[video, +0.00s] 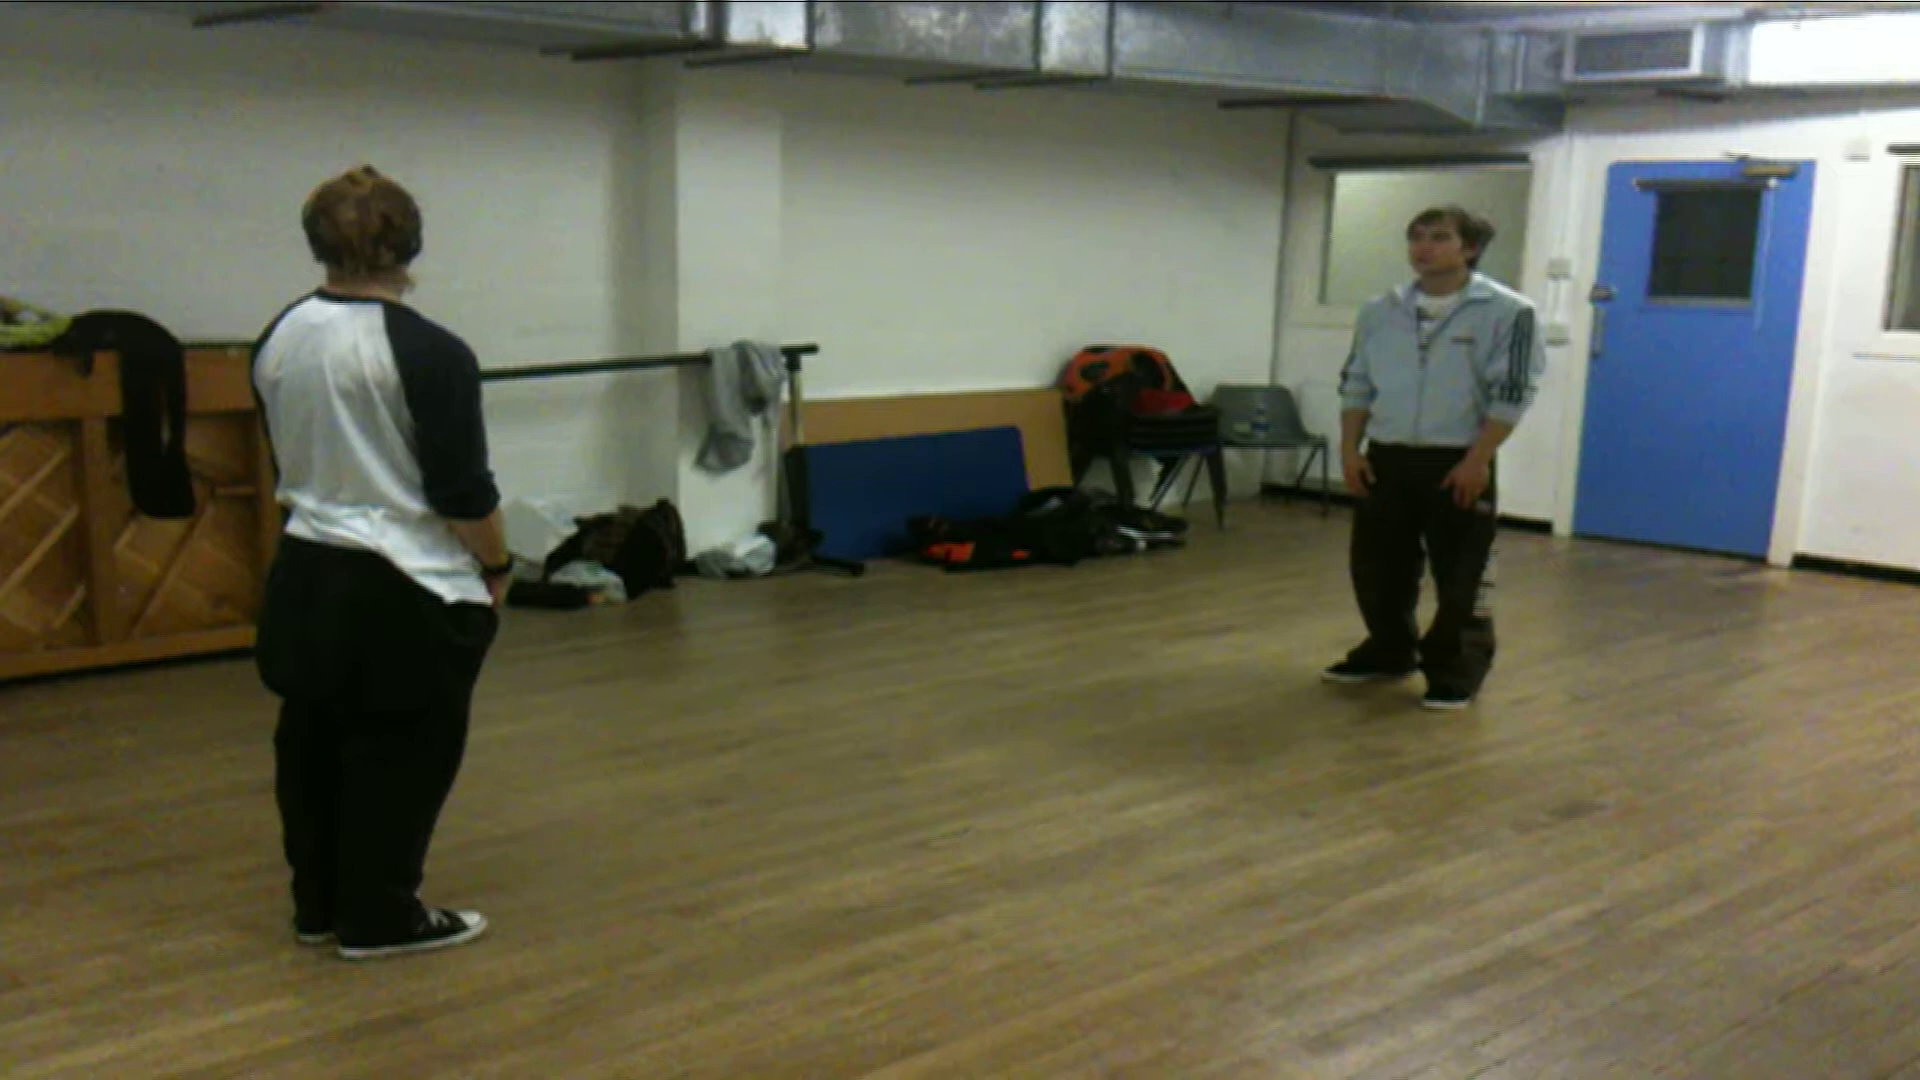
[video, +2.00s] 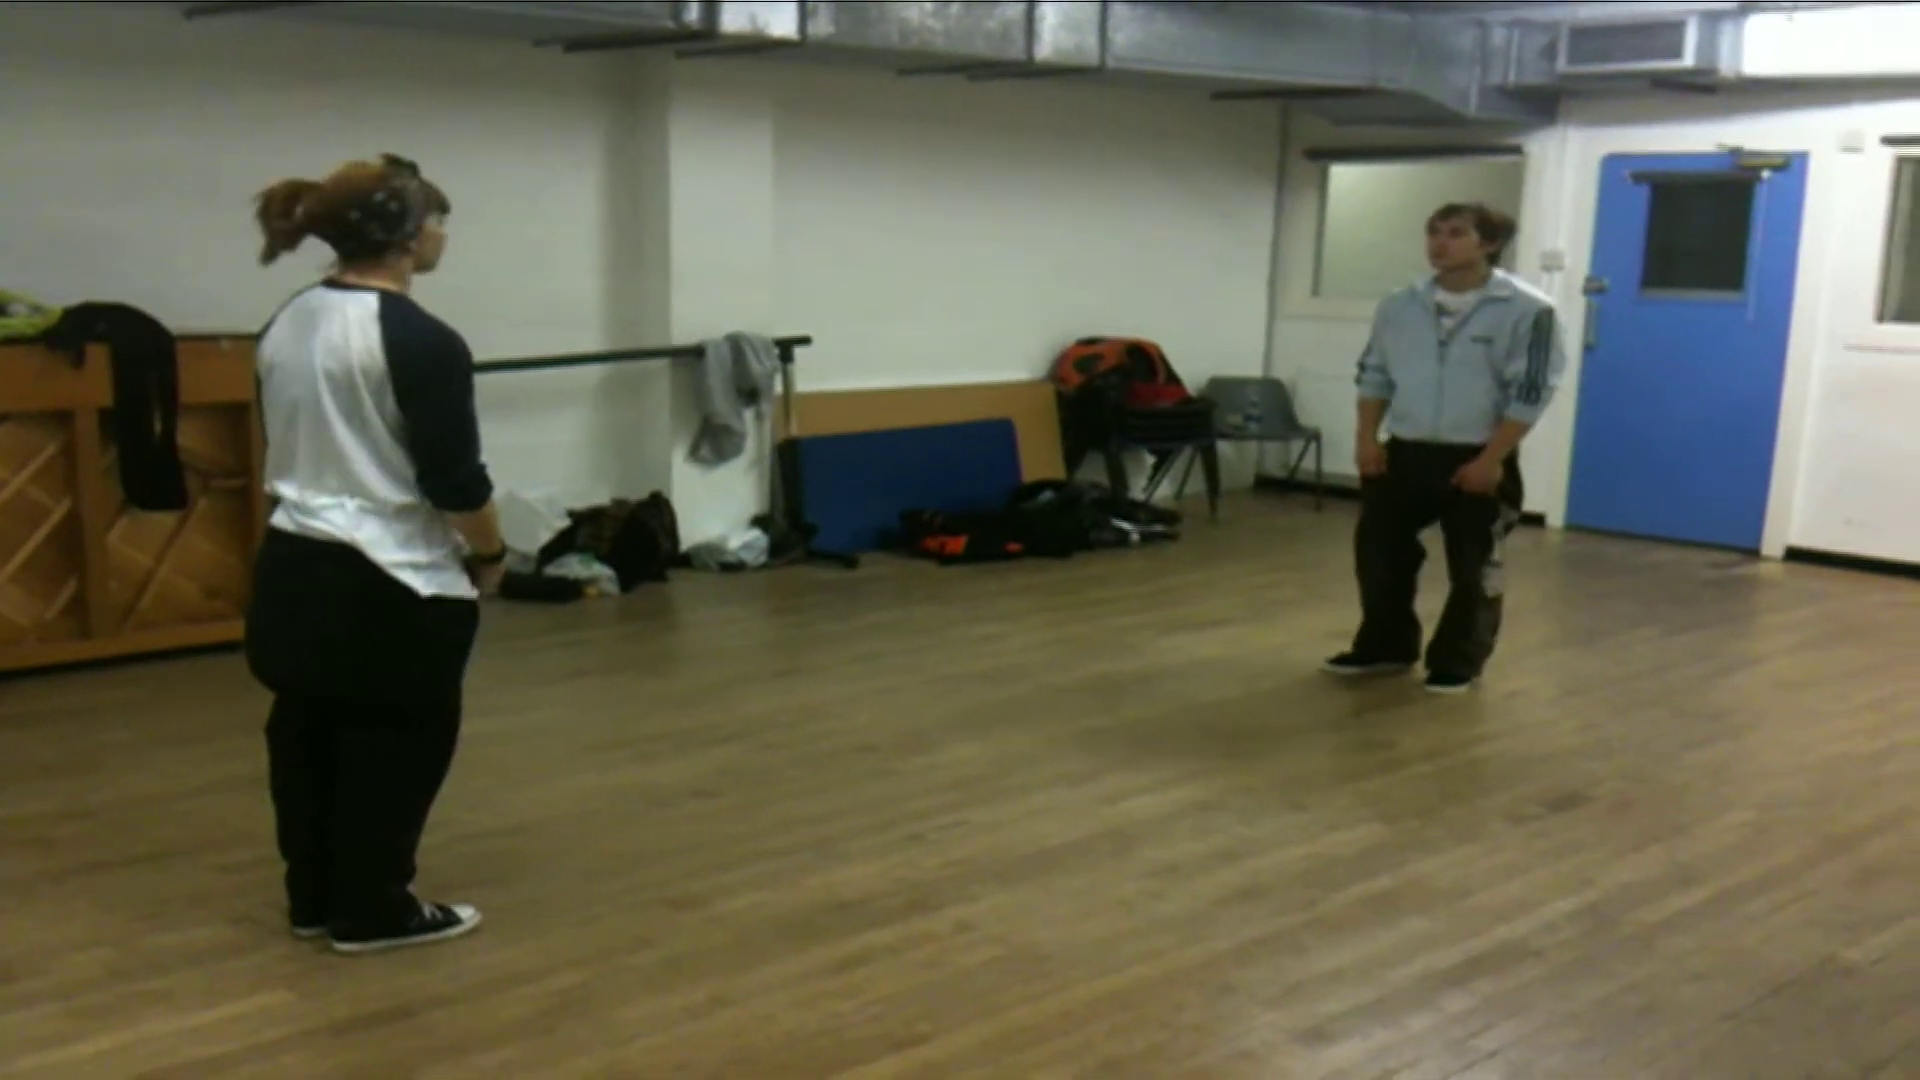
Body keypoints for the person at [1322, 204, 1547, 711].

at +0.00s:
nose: (1424, 247)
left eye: (1439, 238)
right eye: (1417, 238)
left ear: (1468, 249)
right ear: (1407, 248)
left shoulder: (1507, 313)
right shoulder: (1380, 313)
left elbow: (1511, 397)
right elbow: (1357, 385)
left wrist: (1479, 457)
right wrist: (1350, 446)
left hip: (1459, 465)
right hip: (1390, 462)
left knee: (1459, 580)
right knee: (1376, 564)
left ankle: (1453, 671)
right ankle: (1389, 647)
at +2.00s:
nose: (1441, 242)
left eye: (1456, 234)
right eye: (1435, 233)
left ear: (1487, 244)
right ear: (1426, 243)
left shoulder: (1528, 312)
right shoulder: (1399, 307)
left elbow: (1529, 396)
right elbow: (1375, 377)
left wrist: (1492, 457)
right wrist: (1366, 437)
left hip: (1479, 461)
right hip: (1407, 457)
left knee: (1474, 570)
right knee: (1378, 546)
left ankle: (1456, 662)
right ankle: (1386, 643)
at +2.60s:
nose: (1375, 265)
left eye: (1389, 255)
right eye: (1369, 256)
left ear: (1423, 261)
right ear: (1363, 263)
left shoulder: (1474, 317)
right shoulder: (1349, 325)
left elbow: (1485, 399)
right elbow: (1334, 397)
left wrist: (1443, 458)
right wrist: (1331, 464)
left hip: (1440, 465)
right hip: (1372, 464)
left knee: (1427, 554)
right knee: (1358, 550)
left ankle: (1456, 654)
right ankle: (1386, 644)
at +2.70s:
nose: (1357, 281)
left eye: (1371, 271)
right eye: (1351, 272)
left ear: (1405, 277)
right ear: (1345, 278)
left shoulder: (1454, 314)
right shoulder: (1329, 342)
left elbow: (1468, 387)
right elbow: (1309, 415)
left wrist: (1409, 445)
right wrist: (1317, 471)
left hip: (1439, 453)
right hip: (1371, 454)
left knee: (1373, 537)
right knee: (1339, 546)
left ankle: (1423, 611)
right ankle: (1377, 643)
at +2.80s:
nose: (1329, 294)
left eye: (1343, 284)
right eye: (1324, 284)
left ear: (1376, 290)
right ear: (1317, 290)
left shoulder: (1419, 333)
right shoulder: (1301, 347)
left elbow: (1455, 398)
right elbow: (1284, 419)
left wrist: (1398, 459)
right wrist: (1302, 471)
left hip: (1428, 462)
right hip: (1357, 464)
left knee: (1366, 534)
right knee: (1320, 561)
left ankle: (1380, 636)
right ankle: (1385, 637)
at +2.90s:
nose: (1281, 318)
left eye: (1294, 308)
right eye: (1276, 309)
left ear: (1327, 313)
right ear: (1271, 314)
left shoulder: (1371, 358)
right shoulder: (1278, 360)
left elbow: (1448, 418)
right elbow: (1264, 421)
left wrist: (1410, 491)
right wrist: (1291, 472)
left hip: (1408, 484)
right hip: (1344, 479)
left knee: (1375, 576)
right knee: (1314, 576)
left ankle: (1332, 687)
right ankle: (1394, 641)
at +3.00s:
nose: (1239, 339)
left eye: (1252, 329)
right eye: (1235, 329)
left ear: (1288, 334)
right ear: (1232, 333)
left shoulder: (1341, 375)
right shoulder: (1253, 375)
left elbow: (1421, 436)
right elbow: (1249, 437)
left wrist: (1384, 505)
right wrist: (1267, 485)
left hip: (1382, 498)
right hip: (1317, 495)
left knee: (1350, 599)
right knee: (1294, 585)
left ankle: (1318, 711)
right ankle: (1390, 644)